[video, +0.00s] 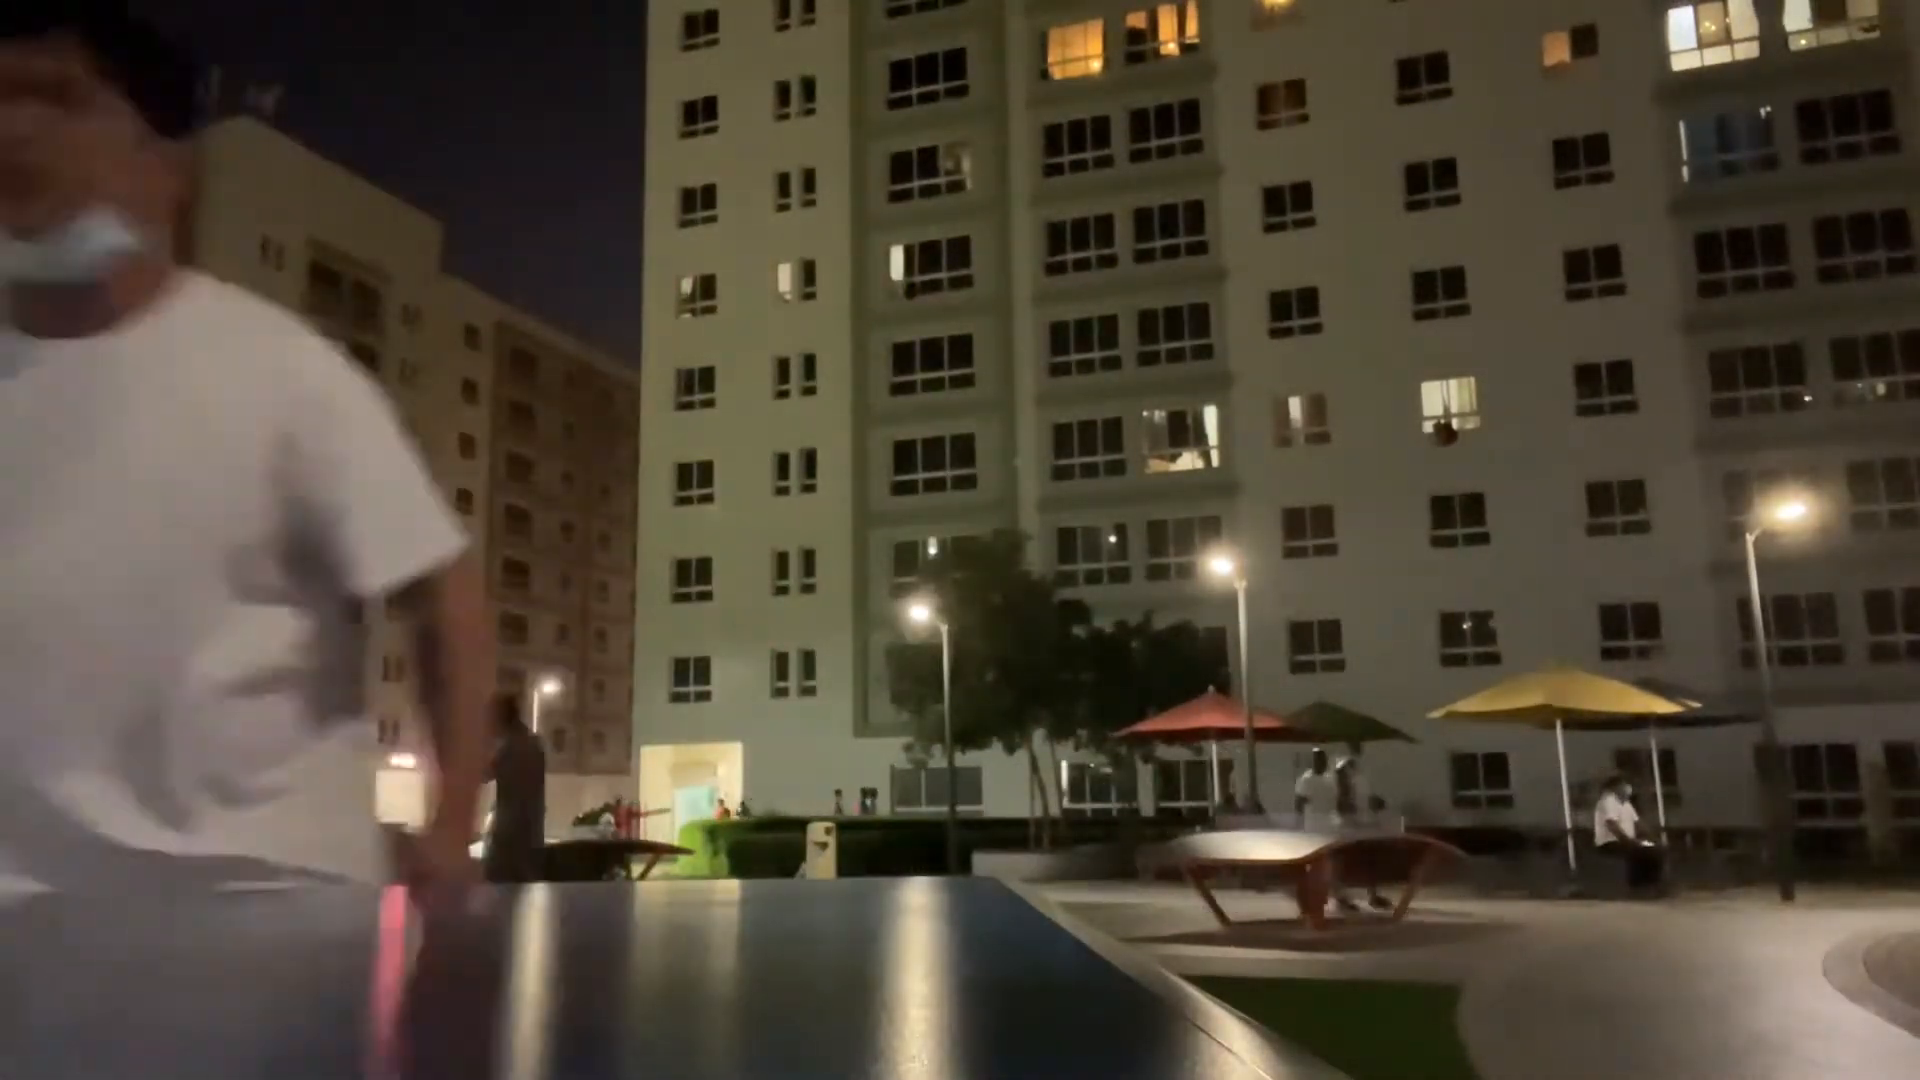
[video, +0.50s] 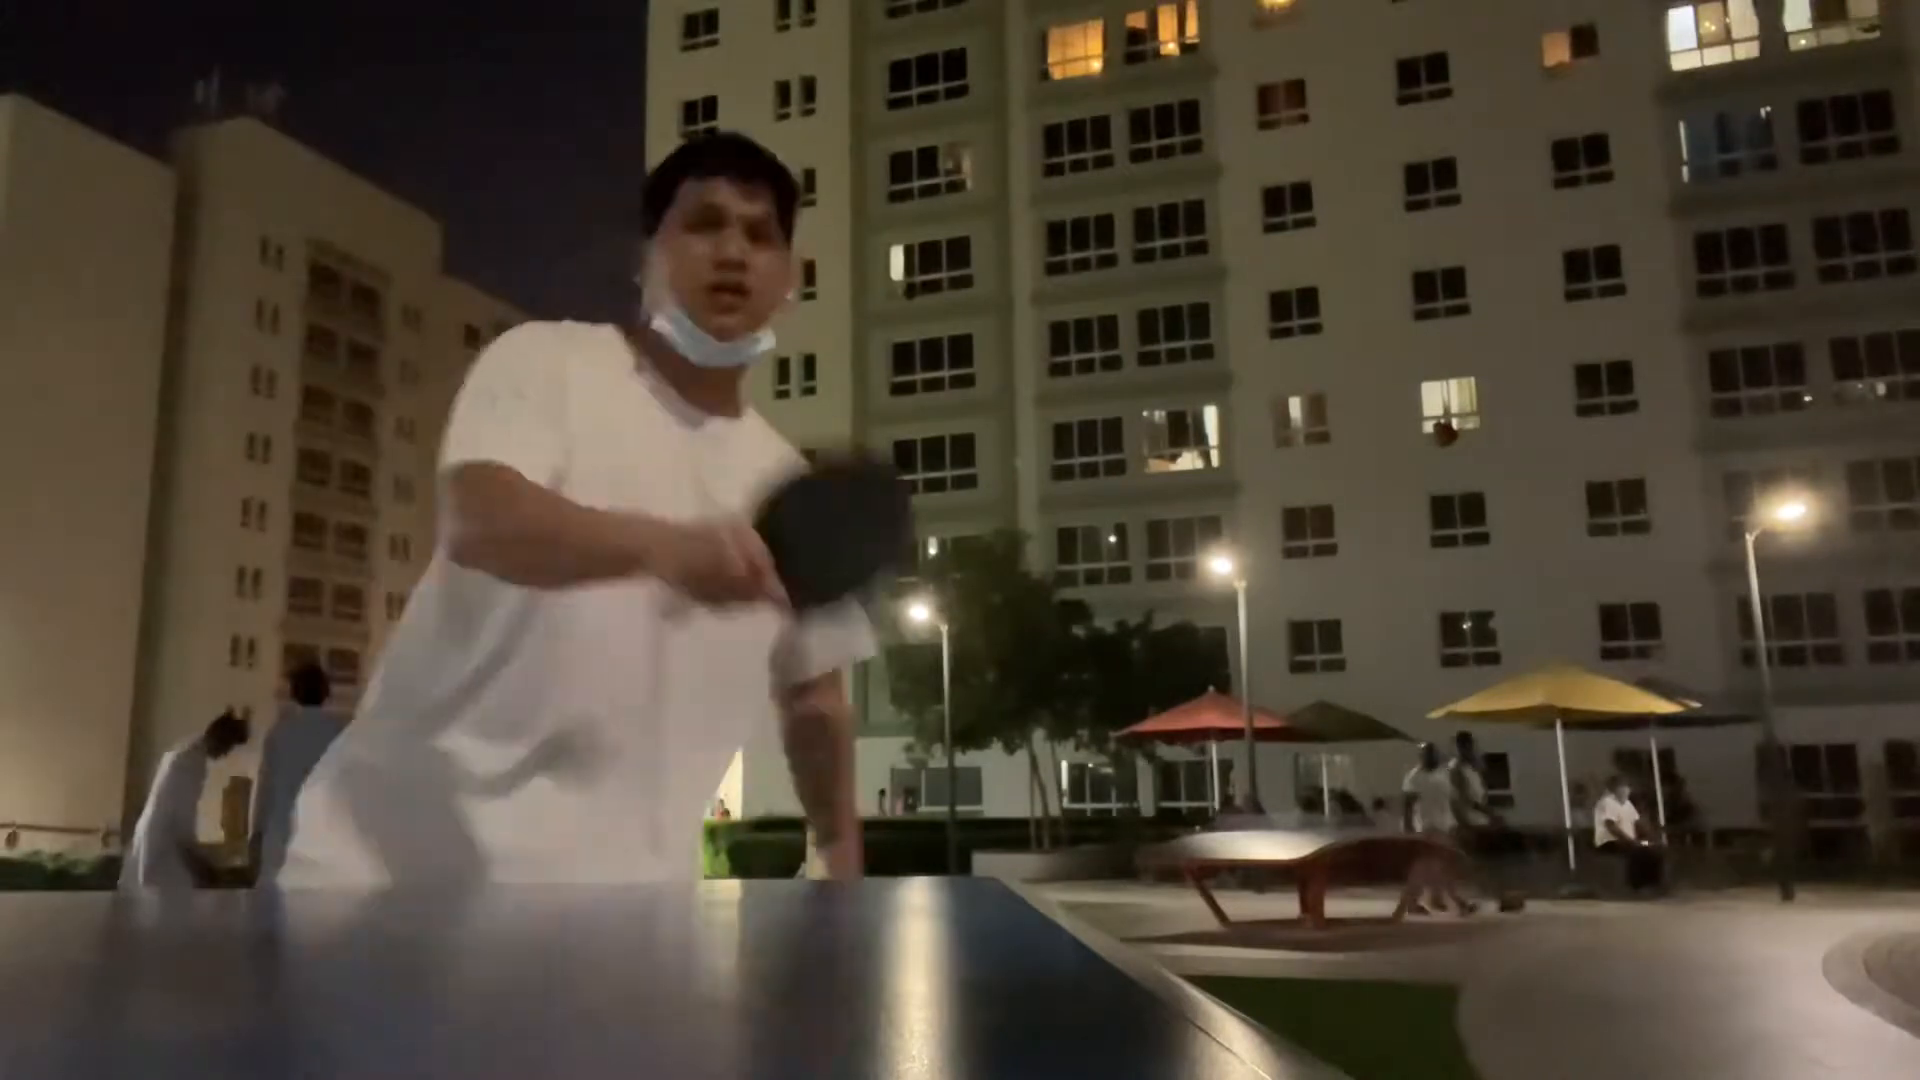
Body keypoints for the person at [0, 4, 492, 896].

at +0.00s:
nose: (15, 133)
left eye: (59, 98)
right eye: (5, 96)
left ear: (166, 159)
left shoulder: (273, 370)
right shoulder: (14, 364)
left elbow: (446, 587)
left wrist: (453, 827)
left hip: (269, 910)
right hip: (39, 908)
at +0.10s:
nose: (157, 129)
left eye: (200, 100)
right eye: (132, 100)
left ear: (294, 161)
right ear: (99, 138)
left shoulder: (415, 373)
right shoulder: (39, 379)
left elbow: (563, 590)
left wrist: (558, 800)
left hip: (352, 903)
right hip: (99, 903)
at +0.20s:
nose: (192, 146)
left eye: (236, 121)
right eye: (164, 118)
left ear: (318, 176)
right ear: (128, 155)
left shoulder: (423, 383)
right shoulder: (33, 382)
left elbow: (565, 605)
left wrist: (568, 815)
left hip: (371, 914)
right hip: (110, 907)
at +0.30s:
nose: (390, 228)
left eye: (420, 198)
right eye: (351, 190)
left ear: (460, 232)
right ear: (284, 213)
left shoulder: (513, 438)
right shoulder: (146, 396)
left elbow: (605, 656)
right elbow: (17, 593)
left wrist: (606, 851)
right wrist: (275, 676)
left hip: (431, 935)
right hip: (167, 929)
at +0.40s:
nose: (635, 278)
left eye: (661, 256)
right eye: (602, 248)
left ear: (687, 288)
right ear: (535, 267)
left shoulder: (701, 492)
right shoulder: (432, 409)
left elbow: (732, 695)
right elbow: (423, 609)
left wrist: (754, 867)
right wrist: (652, 622)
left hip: (563, 905)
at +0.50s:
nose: (733, 251)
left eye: (760, 236)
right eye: (704, 226)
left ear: (792, 279)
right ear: (648, 255)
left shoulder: (785, 487)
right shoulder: (541, 362)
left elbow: (813, 697)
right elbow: (481, 524)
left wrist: (838, 845)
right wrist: (665, 547)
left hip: (621, 884)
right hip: (404, 859)